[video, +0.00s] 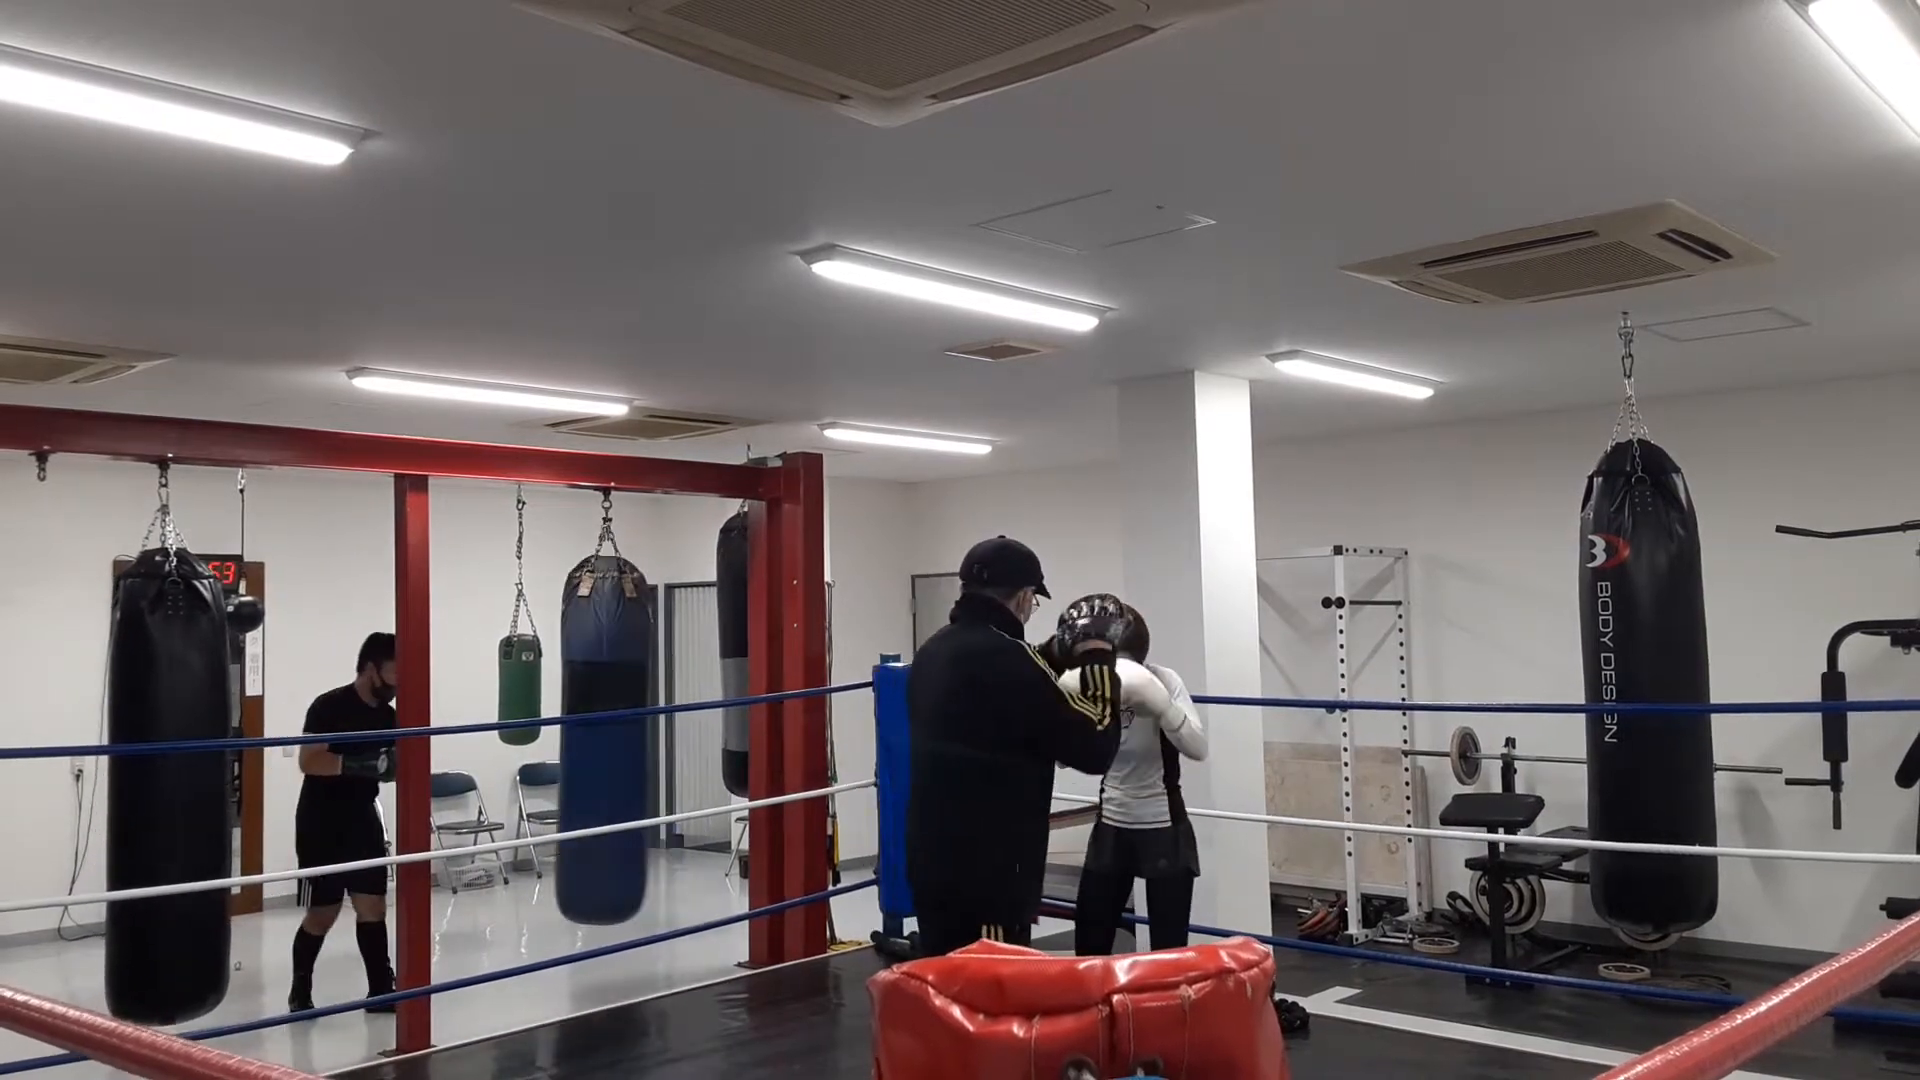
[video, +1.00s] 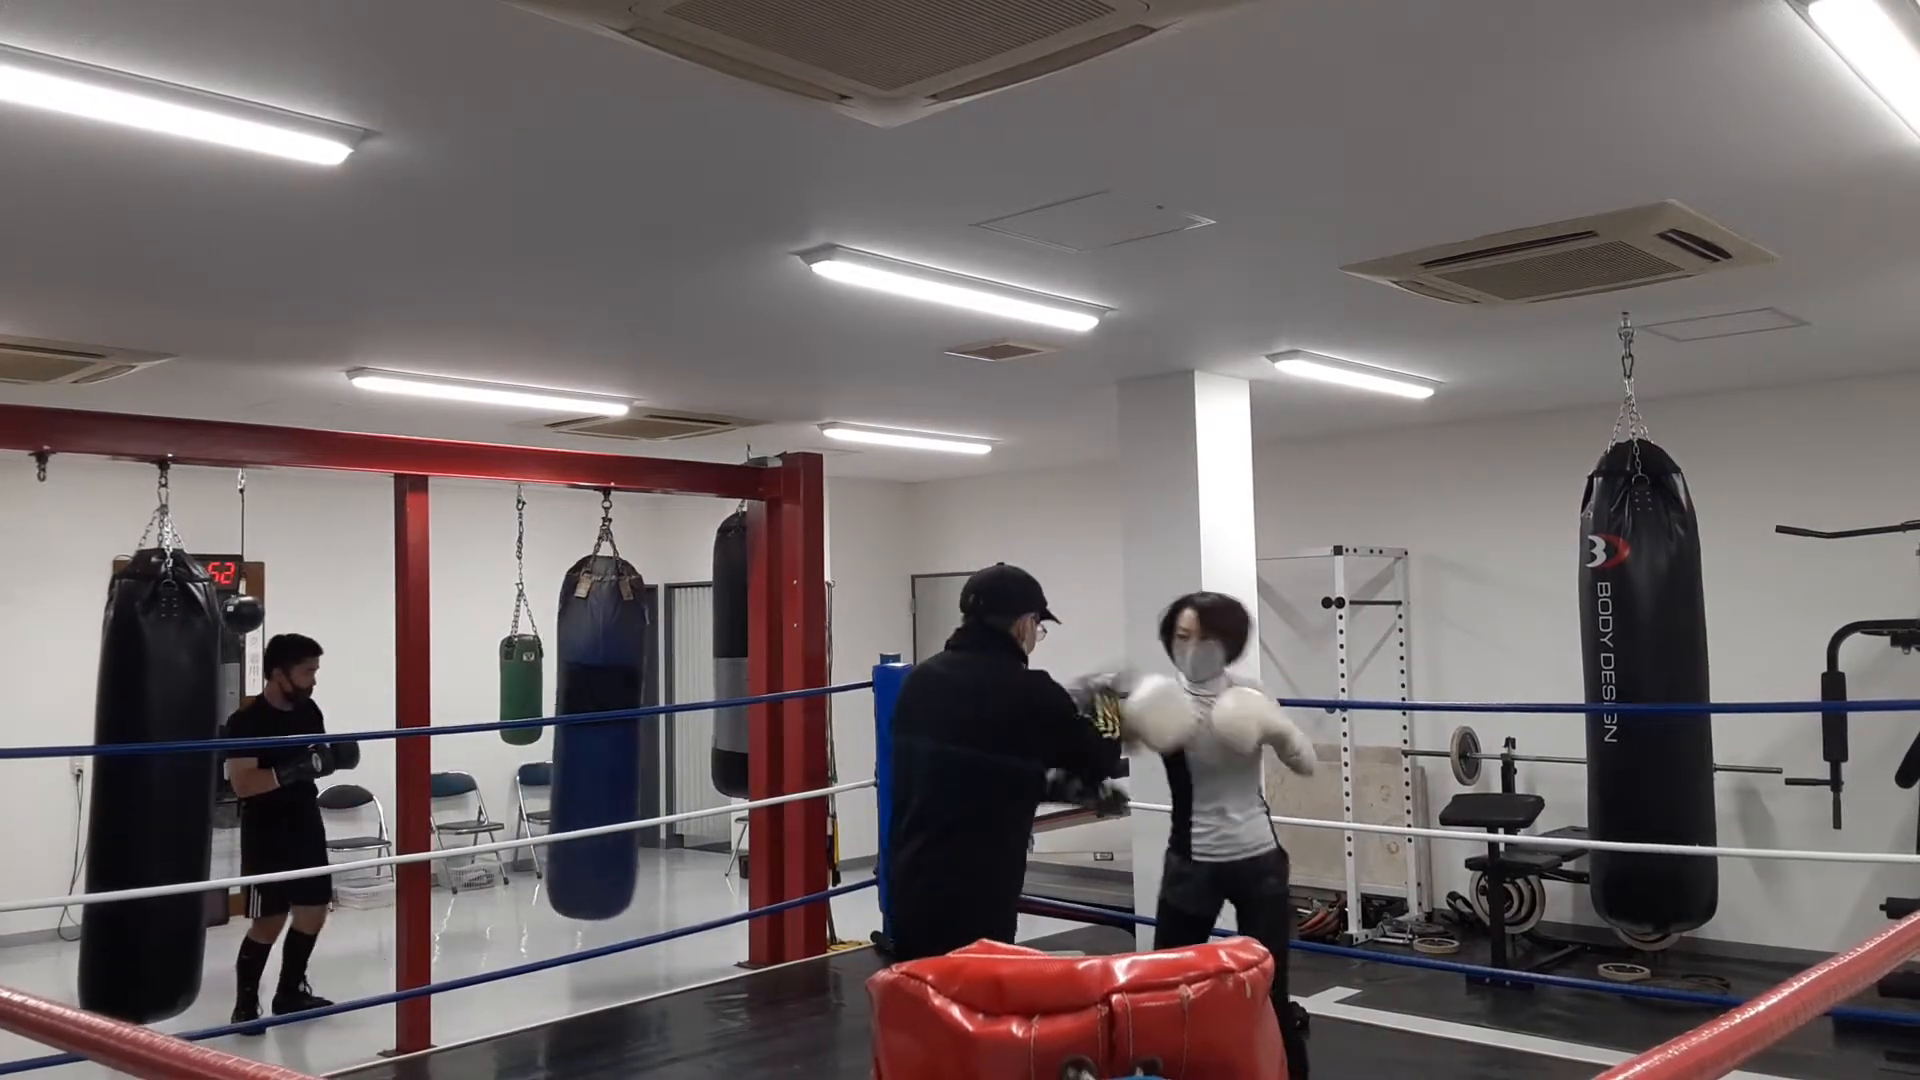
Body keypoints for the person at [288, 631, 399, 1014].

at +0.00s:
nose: (398, 680)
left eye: (400, 673)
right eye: (393, 671)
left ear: (383, 670)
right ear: (370, 667)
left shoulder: (389, 716)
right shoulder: (327, 707)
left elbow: (396, 766)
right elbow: (308, 761)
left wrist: (403, 762)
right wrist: (358, 763)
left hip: (363, 814)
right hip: (321, 816)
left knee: (372, 904)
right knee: (324, 910)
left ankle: (380, 991)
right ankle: (300, 993)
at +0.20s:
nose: (399, 676)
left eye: (400, 669)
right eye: (394, 668)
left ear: (386, 668)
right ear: (370, 665)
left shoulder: (389, 709)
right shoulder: (332, 704)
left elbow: (424, 752)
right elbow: (323, 760)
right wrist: (370, 754)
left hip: (364, 816)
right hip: (323, 818)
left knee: (373, 902)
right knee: (317, 907)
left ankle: (380, 990)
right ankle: (285, 993)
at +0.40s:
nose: (391, 678)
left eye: (393, 670)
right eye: (386, 669)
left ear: (372, 672)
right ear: (361, 668)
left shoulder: (378, 713)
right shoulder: (320, 708)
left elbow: (389, 764)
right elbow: (311, 768)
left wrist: (407, 757)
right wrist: (359, 760)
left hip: (356, 820)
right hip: (313, 823)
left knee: (368, 903)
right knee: (296, 912)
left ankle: (380, 990)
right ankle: (255, 995)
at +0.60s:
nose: (362, 687)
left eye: (365, 679)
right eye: (357, 678)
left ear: (343, 679)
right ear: (330, 675)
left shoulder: (346, 719)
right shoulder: (288, 718)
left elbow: (340, 768)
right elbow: (276, 779)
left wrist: (365, 768)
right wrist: (330, 774)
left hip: (329, 825)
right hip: (288, 828)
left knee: (354, 907)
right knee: (280, 920)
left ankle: (378, 989)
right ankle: (247, 1004)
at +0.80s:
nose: (332, 678)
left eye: (333, 670)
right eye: (326, 670)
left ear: (307, 672)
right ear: (298, 670)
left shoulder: (319, 712)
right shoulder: (260, 716)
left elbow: (311, 761)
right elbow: (249, 778)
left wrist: (339, 761)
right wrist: (302, 770)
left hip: (310, 821)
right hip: (269, 826)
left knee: (337, 902)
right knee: (268, 915)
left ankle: (340, 987)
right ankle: (245, 1003)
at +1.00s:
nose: (315, 678)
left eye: (316, 671)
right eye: (308, 671)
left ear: (293, 673)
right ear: (280, 673)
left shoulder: (309, 713)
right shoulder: (246, 721)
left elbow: (312, 762)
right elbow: (243, 784)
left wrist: (336, 758)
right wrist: (293, 771)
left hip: (305, 821)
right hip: (265, 826)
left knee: (312, 909)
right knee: (271, 916)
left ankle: (290, 991)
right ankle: (246, 1001)